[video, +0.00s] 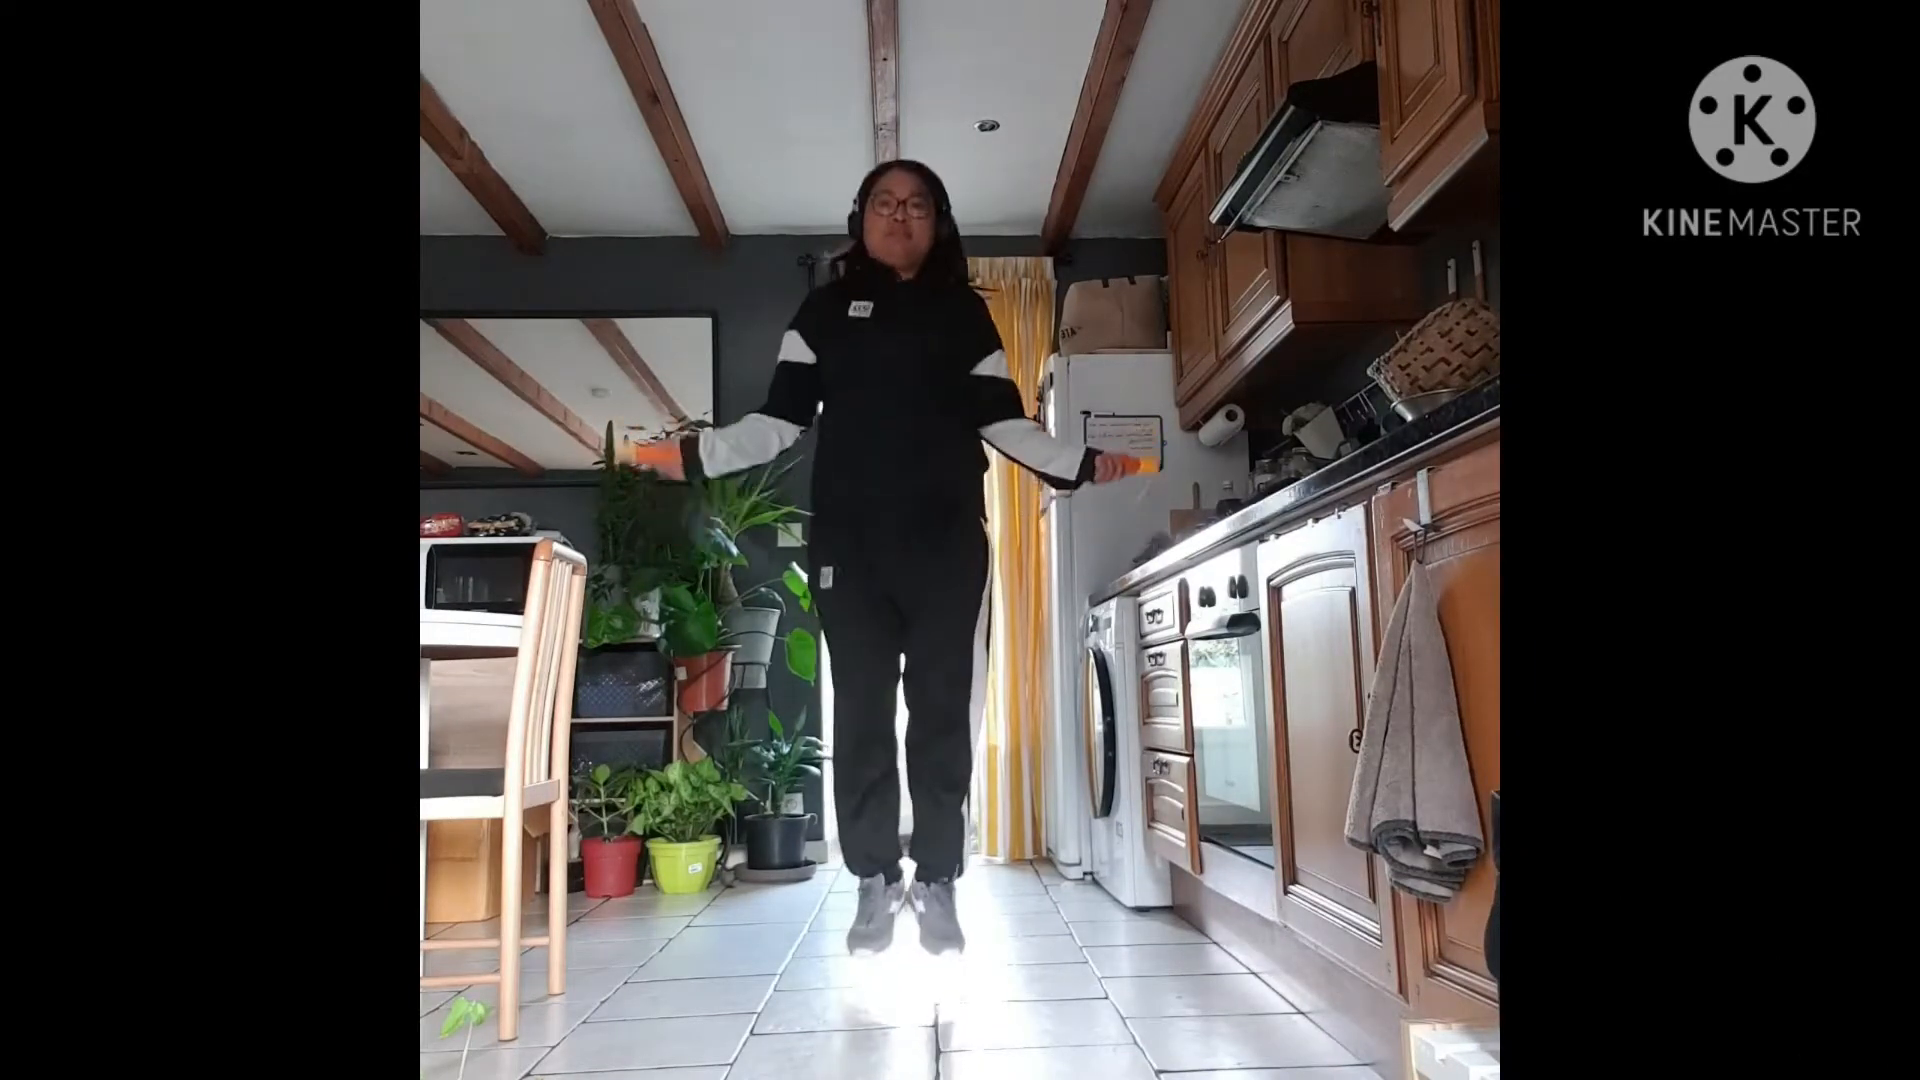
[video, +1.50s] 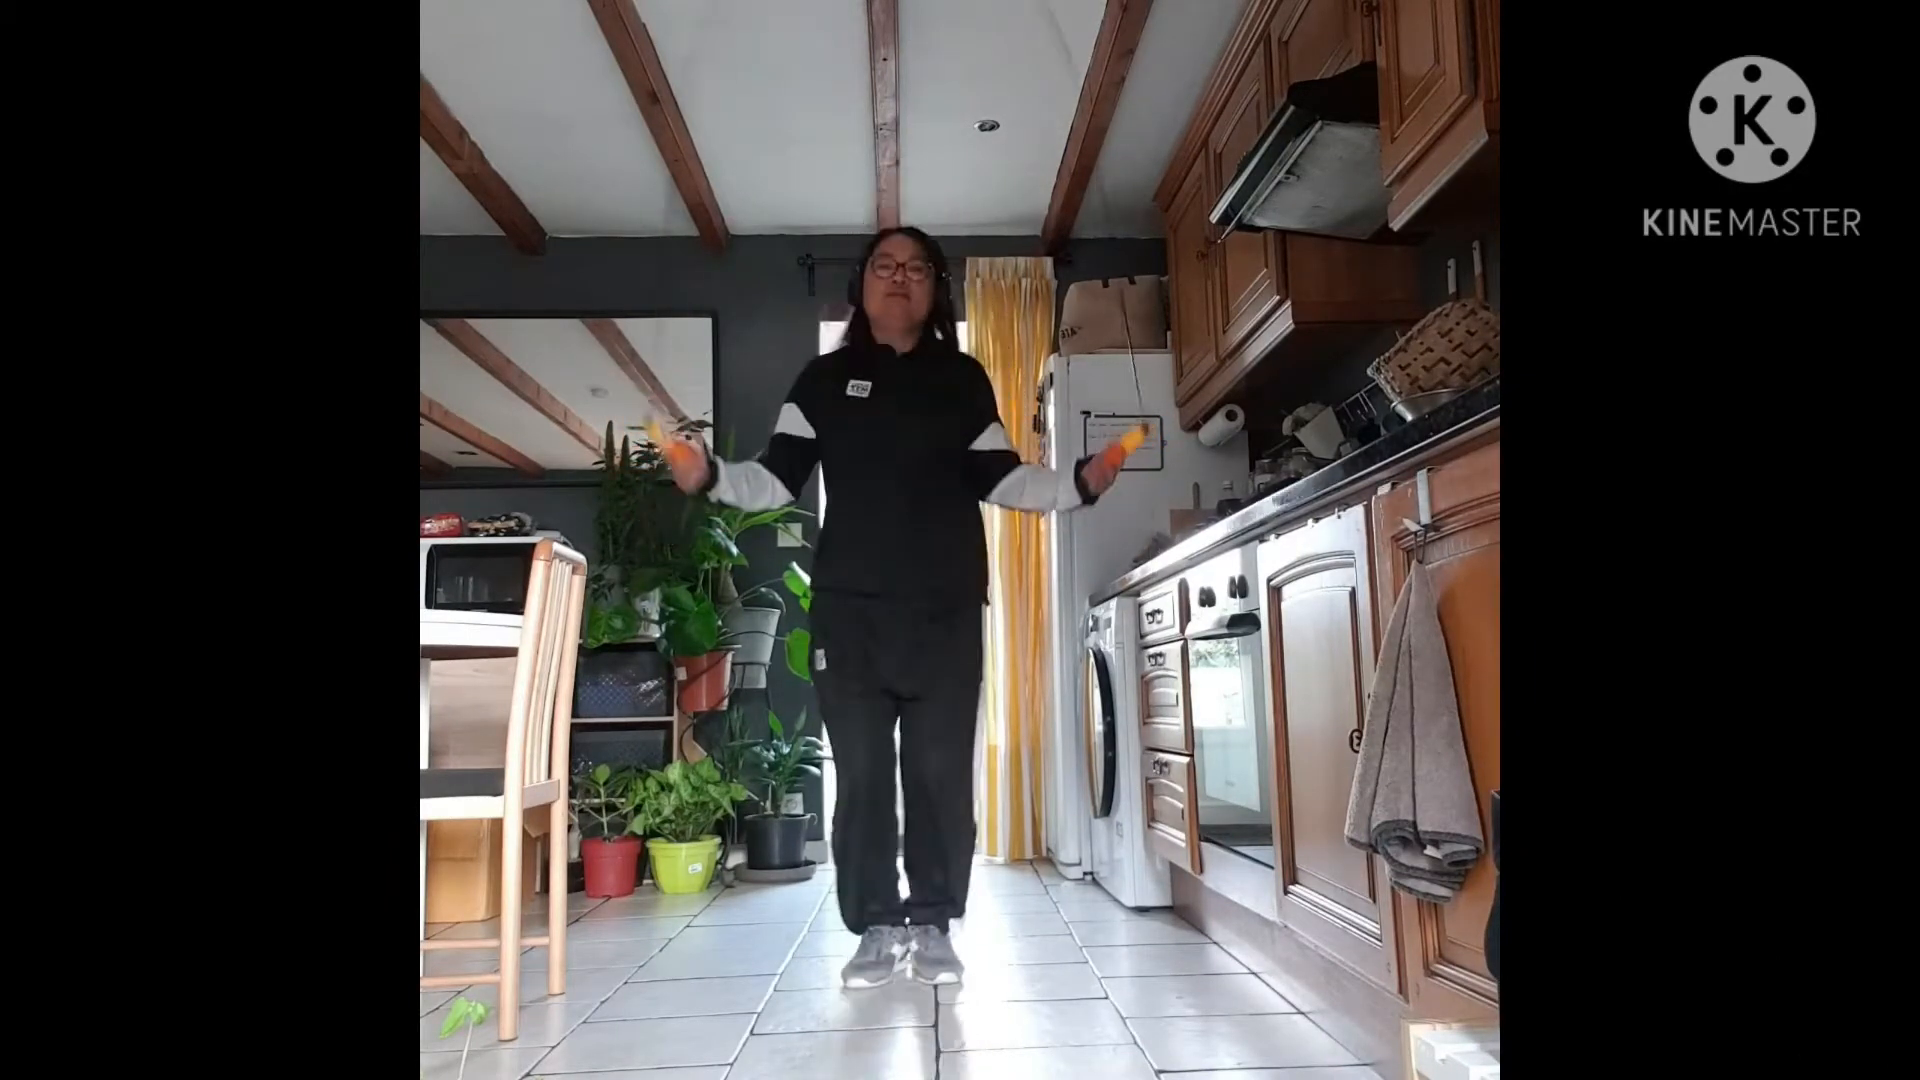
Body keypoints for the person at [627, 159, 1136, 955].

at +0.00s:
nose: (899, 215)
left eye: (915, 204)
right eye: (885, 203)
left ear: (939, 223)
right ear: (859, 222)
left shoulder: (962, 310)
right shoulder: (827, 308)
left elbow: (999, 419)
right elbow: (782, 418)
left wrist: (1077, 464)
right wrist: (697, 450)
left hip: (945, 537)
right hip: (851, 536)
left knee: (941, 712)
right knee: (861, 714)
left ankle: (937, 883)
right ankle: (874, 883)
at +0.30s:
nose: (902, 250)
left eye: (919, 239)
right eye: (888, 237)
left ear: (941, 260)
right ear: (866, 254)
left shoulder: (966, 352)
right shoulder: (826, 346)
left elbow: (1005, 460)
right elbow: (787, 455)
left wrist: (1079, 509)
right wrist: (724, 512)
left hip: (947, 582)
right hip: (851, 581)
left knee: (946, 752)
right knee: (863, 753)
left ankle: (940, 915)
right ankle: (876, 914)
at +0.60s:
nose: (909, 265)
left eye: (925, 255)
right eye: (895, 254)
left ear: (948, 279)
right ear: (871, 277)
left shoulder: (972, 366)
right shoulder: (837, 366)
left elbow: (1009, 465)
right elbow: (779, 462)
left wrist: (1094, 472)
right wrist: (699, 451)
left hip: (955, 593)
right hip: (860, 592)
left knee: (950, 763)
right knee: (869, 764)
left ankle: (940, 924)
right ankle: (883, 926)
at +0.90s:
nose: (907, 213)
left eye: (923, 204)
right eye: (892, 203)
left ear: (947, 229)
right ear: (868, 225)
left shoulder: (968, 312)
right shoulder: (834, 309)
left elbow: (1006, 420)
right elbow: (786, 413)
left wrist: (1093, 460)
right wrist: (688, 446)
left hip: (951, 539)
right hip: (854, 537)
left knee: (949, 718)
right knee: (865, 718)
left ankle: (944, 887)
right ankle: (879, 889)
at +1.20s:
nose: (904, 229)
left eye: (921, 218)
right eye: (889, 217)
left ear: (943, 242)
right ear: (866, 238)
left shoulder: (968, 332)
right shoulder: (827, 327)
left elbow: (1010, 446)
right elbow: (791, 443)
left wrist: (1073, 507)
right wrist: (728, 500)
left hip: (947, 567)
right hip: (851, 565)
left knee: (947, 740)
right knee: (862, 741)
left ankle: (945, 907)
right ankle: (875, 911)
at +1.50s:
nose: (898, 276)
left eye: (915, 267)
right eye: (884, 265)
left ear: (936, 291)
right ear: (861, 288)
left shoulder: (963, 378)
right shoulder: (827, 378)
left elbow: (997, 477)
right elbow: (775, 480)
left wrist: (1078, 483)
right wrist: (710, 477)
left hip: (944, 602)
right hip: (849, 601)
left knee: (939, 768)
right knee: (863, 770)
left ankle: (934, 926)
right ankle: (877, 928)